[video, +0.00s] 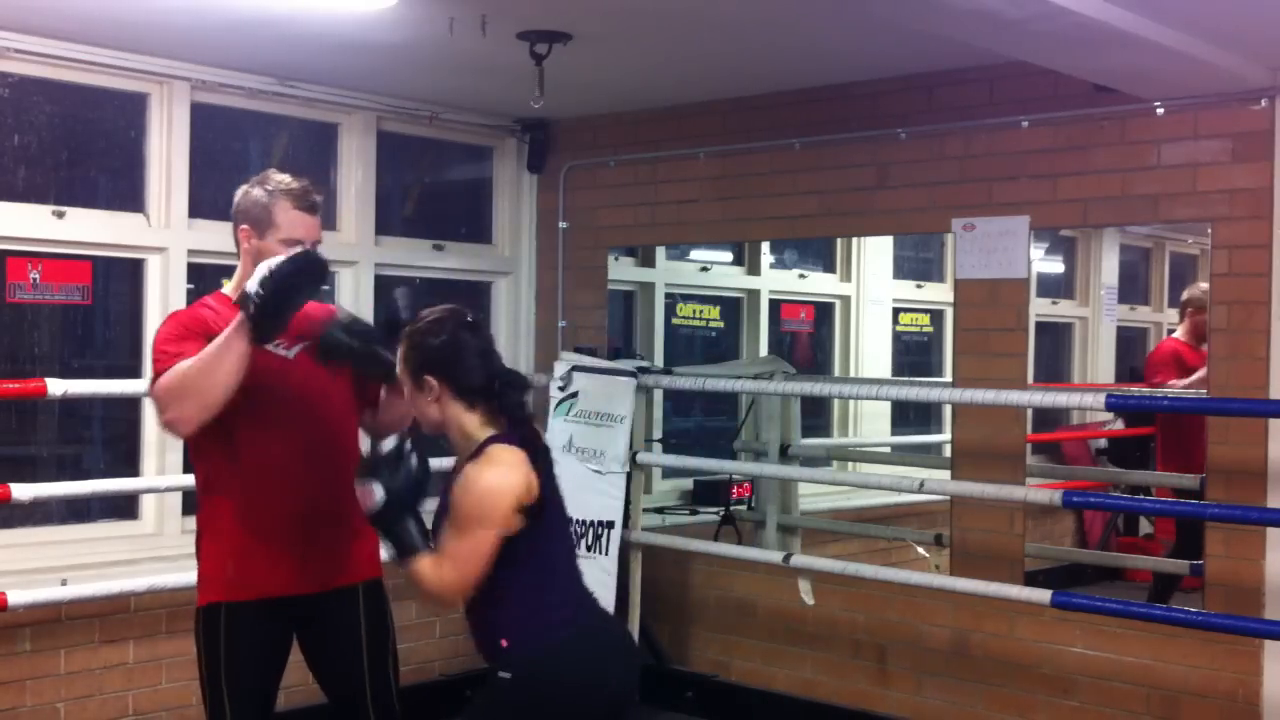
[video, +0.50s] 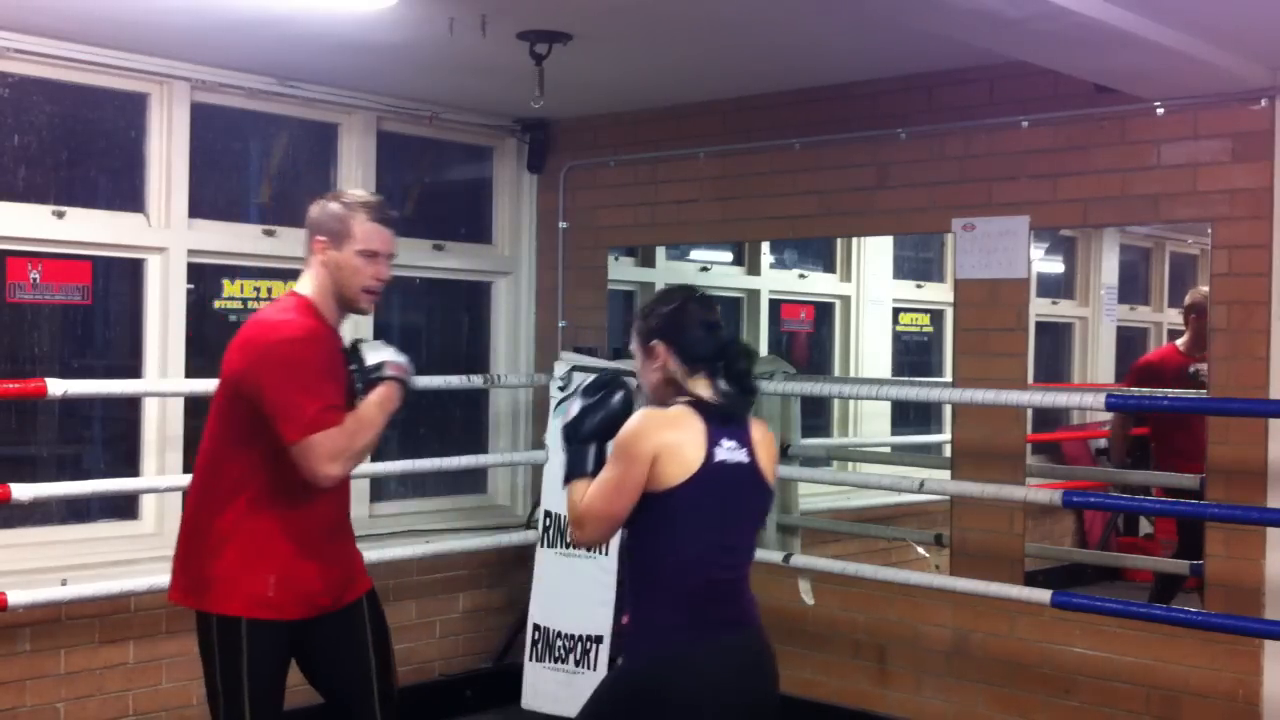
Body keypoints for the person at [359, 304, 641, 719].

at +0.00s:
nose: (406, 401)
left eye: (406, 386)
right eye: (403, 387)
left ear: (432, 389)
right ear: (480, 374)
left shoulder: (492, 474)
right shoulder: (513, 439)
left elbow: (448, 586)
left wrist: (398, 522)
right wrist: (418, 489)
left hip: (548, 675)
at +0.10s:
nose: (429, 391)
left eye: (430, 377)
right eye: (429, 378)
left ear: (450, 377)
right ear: (502, 365)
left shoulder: (474, 468)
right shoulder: (554, 419)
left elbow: (415, 561)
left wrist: (394, 479)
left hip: (539, 675)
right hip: (611, 651)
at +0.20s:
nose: (489, 386)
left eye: (491, 374)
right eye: (488, 374)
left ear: (514, 375)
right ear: (564, 367)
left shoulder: (514, 467)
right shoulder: (626, 446)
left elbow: (445, 541)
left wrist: (440, 462)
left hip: (549, 677)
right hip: (629, 665)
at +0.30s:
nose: (561, 391)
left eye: (562, 380)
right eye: (559, 381)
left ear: (579, 381)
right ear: (636, 374)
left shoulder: (574, 460)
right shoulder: (686, 458)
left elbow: (515, 552)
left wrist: (507, 469)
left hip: (599, 688)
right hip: (677, 683)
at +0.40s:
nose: (610, 384)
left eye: (610, 372)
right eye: (607, 372)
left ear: (631, 373)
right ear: (683, 366)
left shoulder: (626, 453)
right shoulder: (734, 452)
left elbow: (573, 556)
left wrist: (560, 471)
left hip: (641, 686)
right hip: (722, 679)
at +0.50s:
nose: (638, 373)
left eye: (637, 360)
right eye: (634, 361)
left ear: (661, 355)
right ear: (712, 350)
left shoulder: (651, 427)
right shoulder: (762, 437)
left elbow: (585, 529)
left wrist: (580, 444)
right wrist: (631, 434)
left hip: (661, 665)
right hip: (744, 663)